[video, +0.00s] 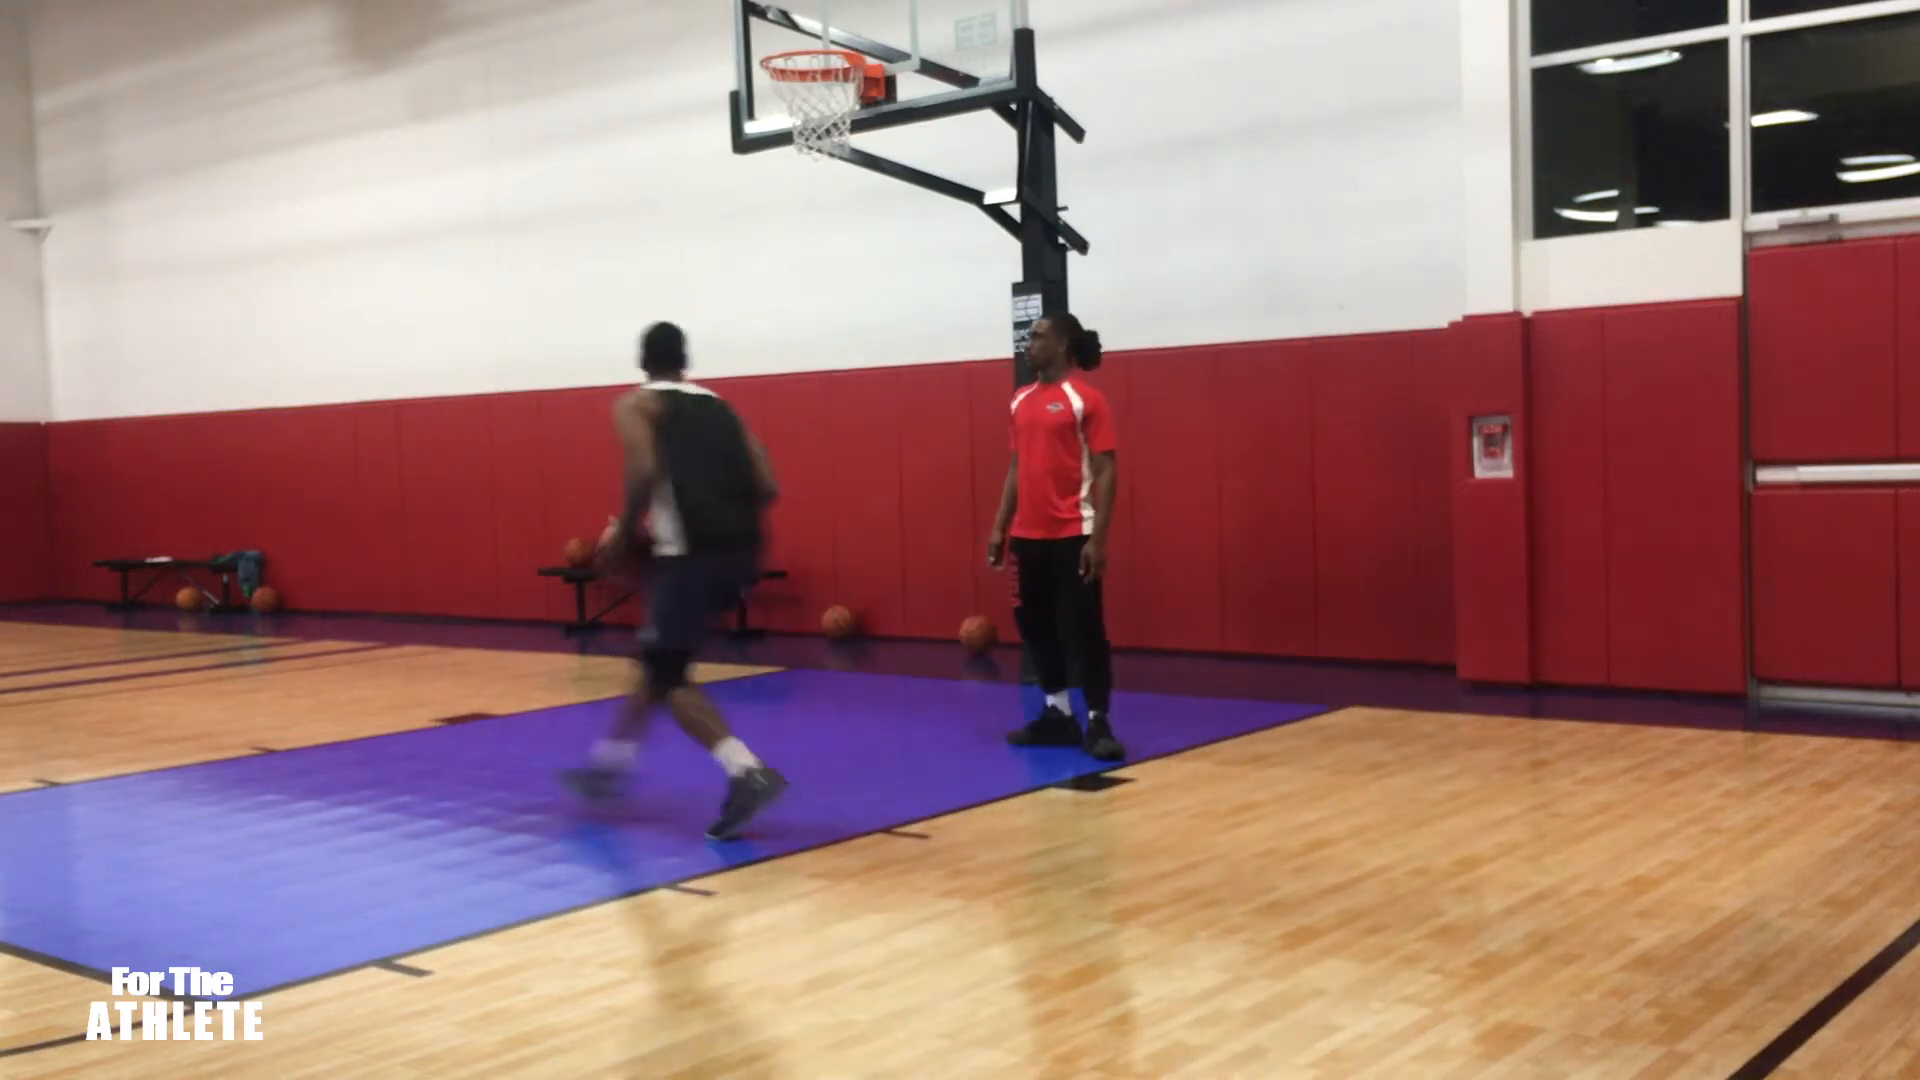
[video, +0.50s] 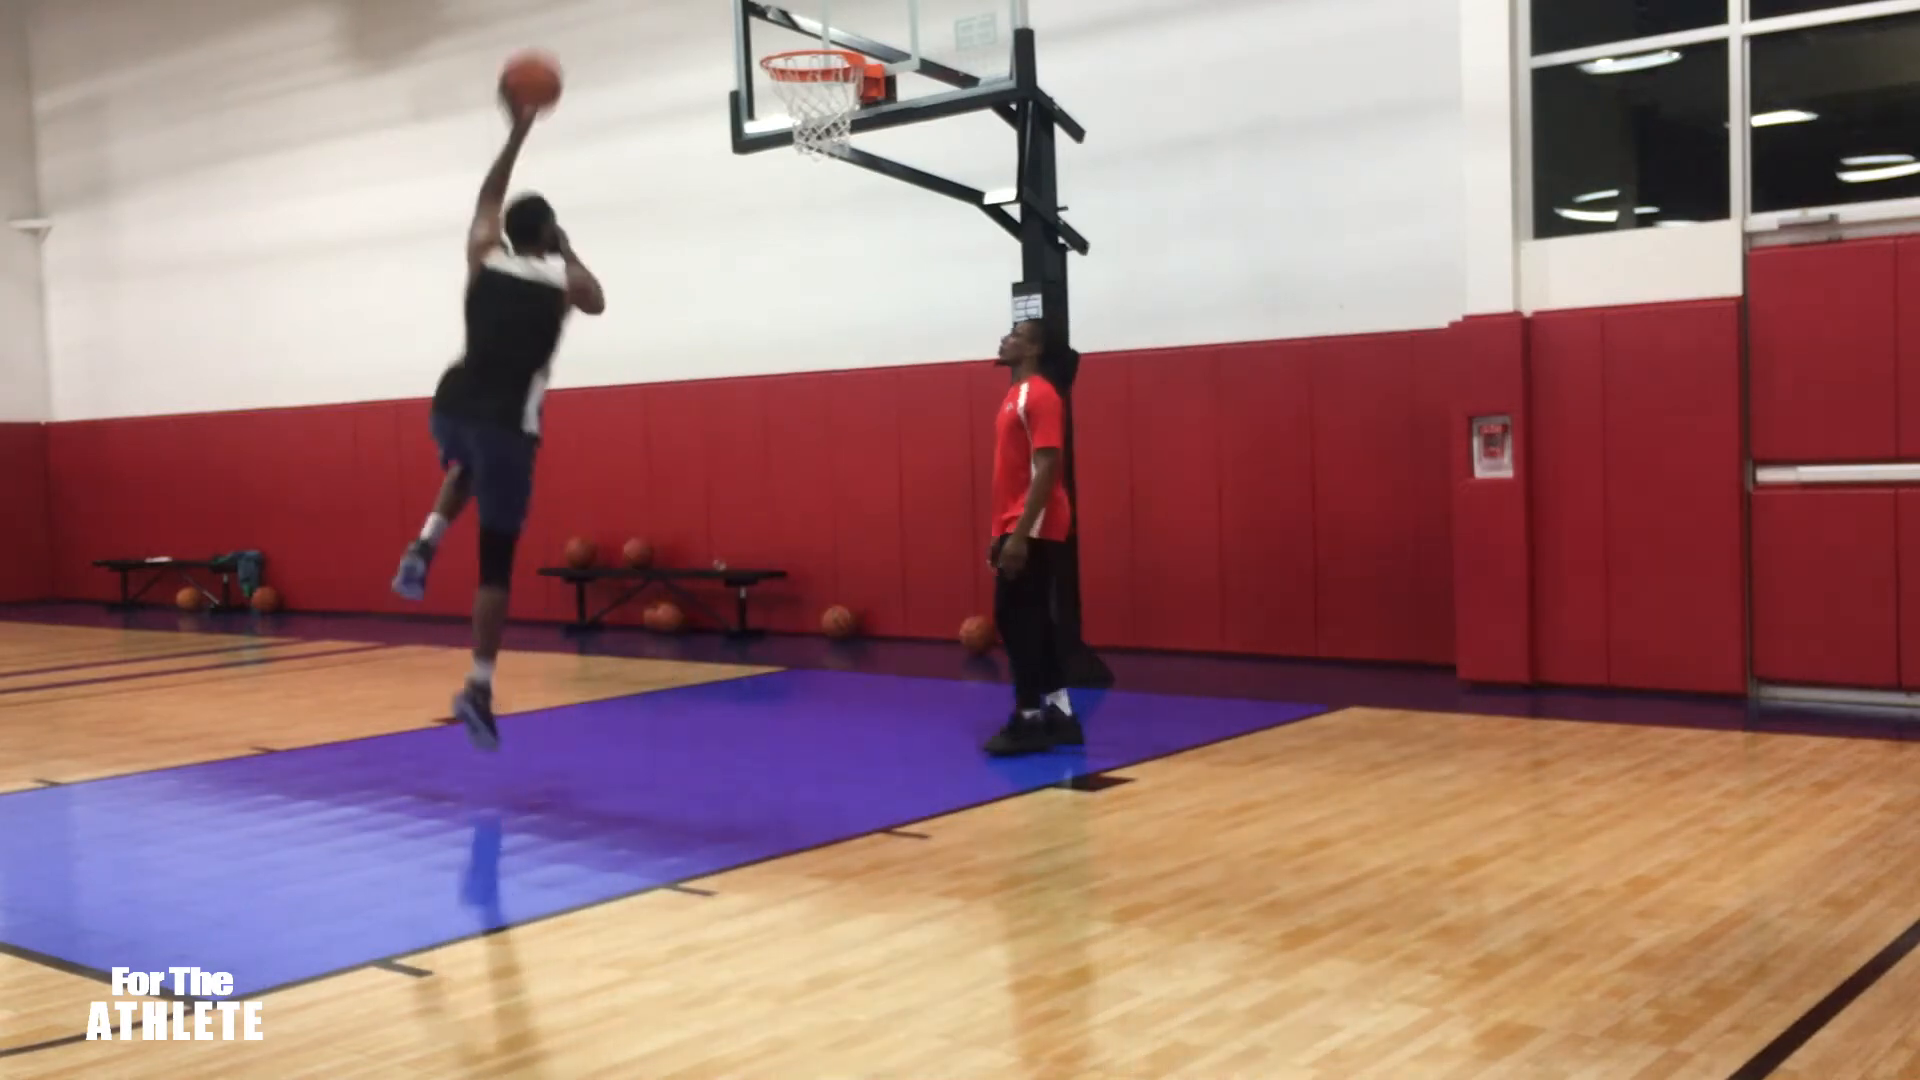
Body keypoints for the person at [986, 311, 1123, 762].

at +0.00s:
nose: (1029, 344)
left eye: (1039, 337)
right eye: (1030, 336)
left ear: (1063, 345)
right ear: (1036, 344)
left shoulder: (1087, 397)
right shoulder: (1021, 401)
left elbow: (1105, 469)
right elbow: (1016, 467)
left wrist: (1098, 538)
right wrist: (999, 529)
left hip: (1072, 537)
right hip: (1030, 537)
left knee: (1084, 626)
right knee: (1037, 623)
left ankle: (1097, 720)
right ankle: (1056, 713)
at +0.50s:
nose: (1005, 340)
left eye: (1015, 336)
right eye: (1008, 334)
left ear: (1035, 349)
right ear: (1022, 348)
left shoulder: (1039, 394)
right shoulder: (1016, 395)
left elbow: (1046, 465)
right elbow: (1014, 471)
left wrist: (1022, 533)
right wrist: (1000, 530)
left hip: (1035, 532)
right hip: (1021, 530)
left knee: (1018, 621)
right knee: (1031, 621)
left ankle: (1029, 715)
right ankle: (1057, 709)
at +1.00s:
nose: (962, 340)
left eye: (971, 337)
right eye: (968, 335)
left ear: (984, 353)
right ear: (987, 357)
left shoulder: (978, 396)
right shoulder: (982, 395)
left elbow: (981, 471)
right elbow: (987, 470)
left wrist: (963, 538)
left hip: (981, 531)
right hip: (996, 530)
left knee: (967, 624)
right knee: (1002, 620)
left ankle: (957, 717)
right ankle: (1053, 707)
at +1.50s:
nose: (908, 347)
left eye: (915, 342)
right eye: (912, 340)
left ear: (925, 354)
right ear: (935, 359)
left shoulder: (920, 397)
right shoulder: (936, 398)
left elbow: (911, 467)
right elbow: (931, 469)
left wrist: (872, 534)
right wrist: (888, 485)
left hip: (935, 520)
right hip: (933, 518)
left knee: (936, 614)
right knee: (913, 608)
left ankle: (956, 717)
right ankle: (919, 701)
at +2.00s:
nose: (860, 349)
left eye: (868, 344)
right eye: (864, 342)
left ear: (887, 357)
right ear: (884, 358)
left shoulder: (894, 399)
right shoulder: (877, 399)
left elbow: (893, 470)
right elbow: (858, 451)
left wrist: (862, 531)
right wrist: (819, 420)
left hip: (897, 522)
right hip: (882, 521)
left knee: (886, 609)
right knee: (878, 609)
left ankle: (922, 703)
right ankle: (890, 700)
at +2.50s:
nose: (847, 355)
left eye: (855, 348)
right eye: (848, 348)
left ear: (880, 355)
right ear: (867, 355)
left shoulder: (897, 398)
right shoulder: (864, 401)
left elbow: (911, 465)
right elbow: (872, 469)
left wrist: (893, 528)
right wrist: (845, 502)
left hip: (900, 530)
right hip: (868, 531)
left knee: (912, 618)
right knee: (879, 619)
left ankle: (927, 706)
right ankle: (888, 702)